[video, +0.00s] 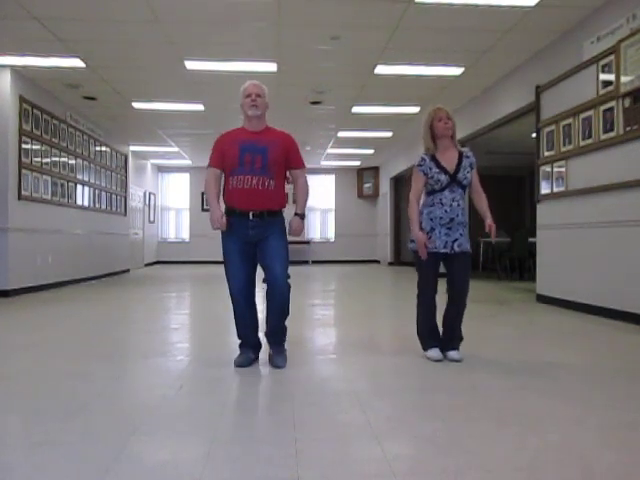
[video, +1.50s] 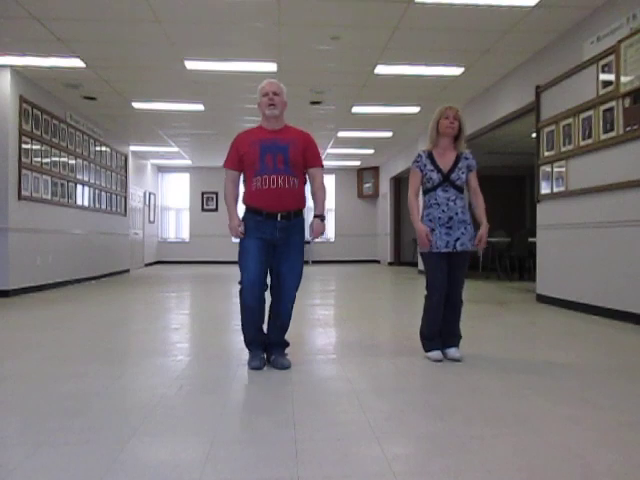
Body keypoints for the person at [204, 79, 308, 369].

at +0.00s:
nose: (254, 99)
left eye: (259, 95)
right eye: (248, 95)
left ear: (267, 103)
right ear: (240, 104)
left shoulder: (284, 140)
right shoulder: (225, 140)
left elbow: (299, 178)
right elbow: (212, 177)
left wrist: (299, 214)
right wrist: (214, 208)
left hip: (272, 221)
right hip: (235, 221)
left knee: (279, 280)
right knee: (239, 288)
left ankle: (277, 343)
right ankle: (248, 346)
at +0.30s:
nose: (257, 101)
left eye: (262, 96)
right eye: (251, 97)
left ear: (271, 104)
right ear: (244, 106)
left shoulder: (288, 141)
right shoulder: (230, 143)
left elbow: (303, 179)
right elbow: (217, 183)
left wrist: (305, 216)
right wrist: (214, 221)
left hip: (277, 225)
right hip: (240, 224)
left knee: (280, 289)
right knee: (241, 290)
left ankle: (278, 348)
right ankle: (248, 348)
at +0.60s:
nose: (266, 98)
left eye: (271, 94)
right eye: (260, 95)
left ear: (279, 103)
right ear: (251, 105)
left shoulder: (296, 139)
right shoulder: (237, 142)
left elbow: (309, 177)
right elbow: (225, 182)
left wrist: (295, 202)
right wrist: (228, 219)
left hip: (289, 223)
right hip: (254, 222)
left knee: (286, 289)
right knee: (255, 286)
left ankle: (277, 348)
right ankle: (251, 341)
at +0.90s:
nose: (270, 98)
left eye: (275, 94)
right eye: (264, 94)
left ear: (283, 101)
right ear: (255, 102)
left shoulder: (299, 139)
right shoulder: (240, 140)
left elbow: (309, 176)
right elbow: (228, 182)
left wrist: (302, 204)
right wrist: (231, 219)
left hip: (293, 220)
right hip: (259, 219)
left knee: (291, 287)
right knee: (267, 284)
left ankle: (278, 347)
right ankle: (258, 347)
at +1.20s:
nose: (271, 97)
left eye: (276, 93)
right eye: (265, 94)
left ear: (286, 101)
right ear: (257, 103)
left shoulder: (304, 138)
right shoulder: (244, 141)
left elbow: (319, 179)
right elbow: (232, 180)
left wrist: (322, 216)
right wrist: (229, 215)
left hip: (290, 224)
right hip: (253, 222)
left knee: (284, 291)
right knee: (239, 286)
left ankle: (276, 348)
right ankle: (252, 348)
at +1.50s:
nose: (271, 98)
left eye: (276, 93)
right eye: (265, 94)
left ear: (286, 101)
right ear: (258, 102)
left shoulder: (302, 138)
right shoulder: (244, 139)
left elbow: (316, 179)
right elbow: (231, 179)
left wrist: (319, 215)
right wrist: (233, 215)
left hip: (292, 222)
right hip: (255, 221)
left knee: (287, 288)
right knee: (251, 285)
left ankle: (277, 347)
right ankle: (255, 348)